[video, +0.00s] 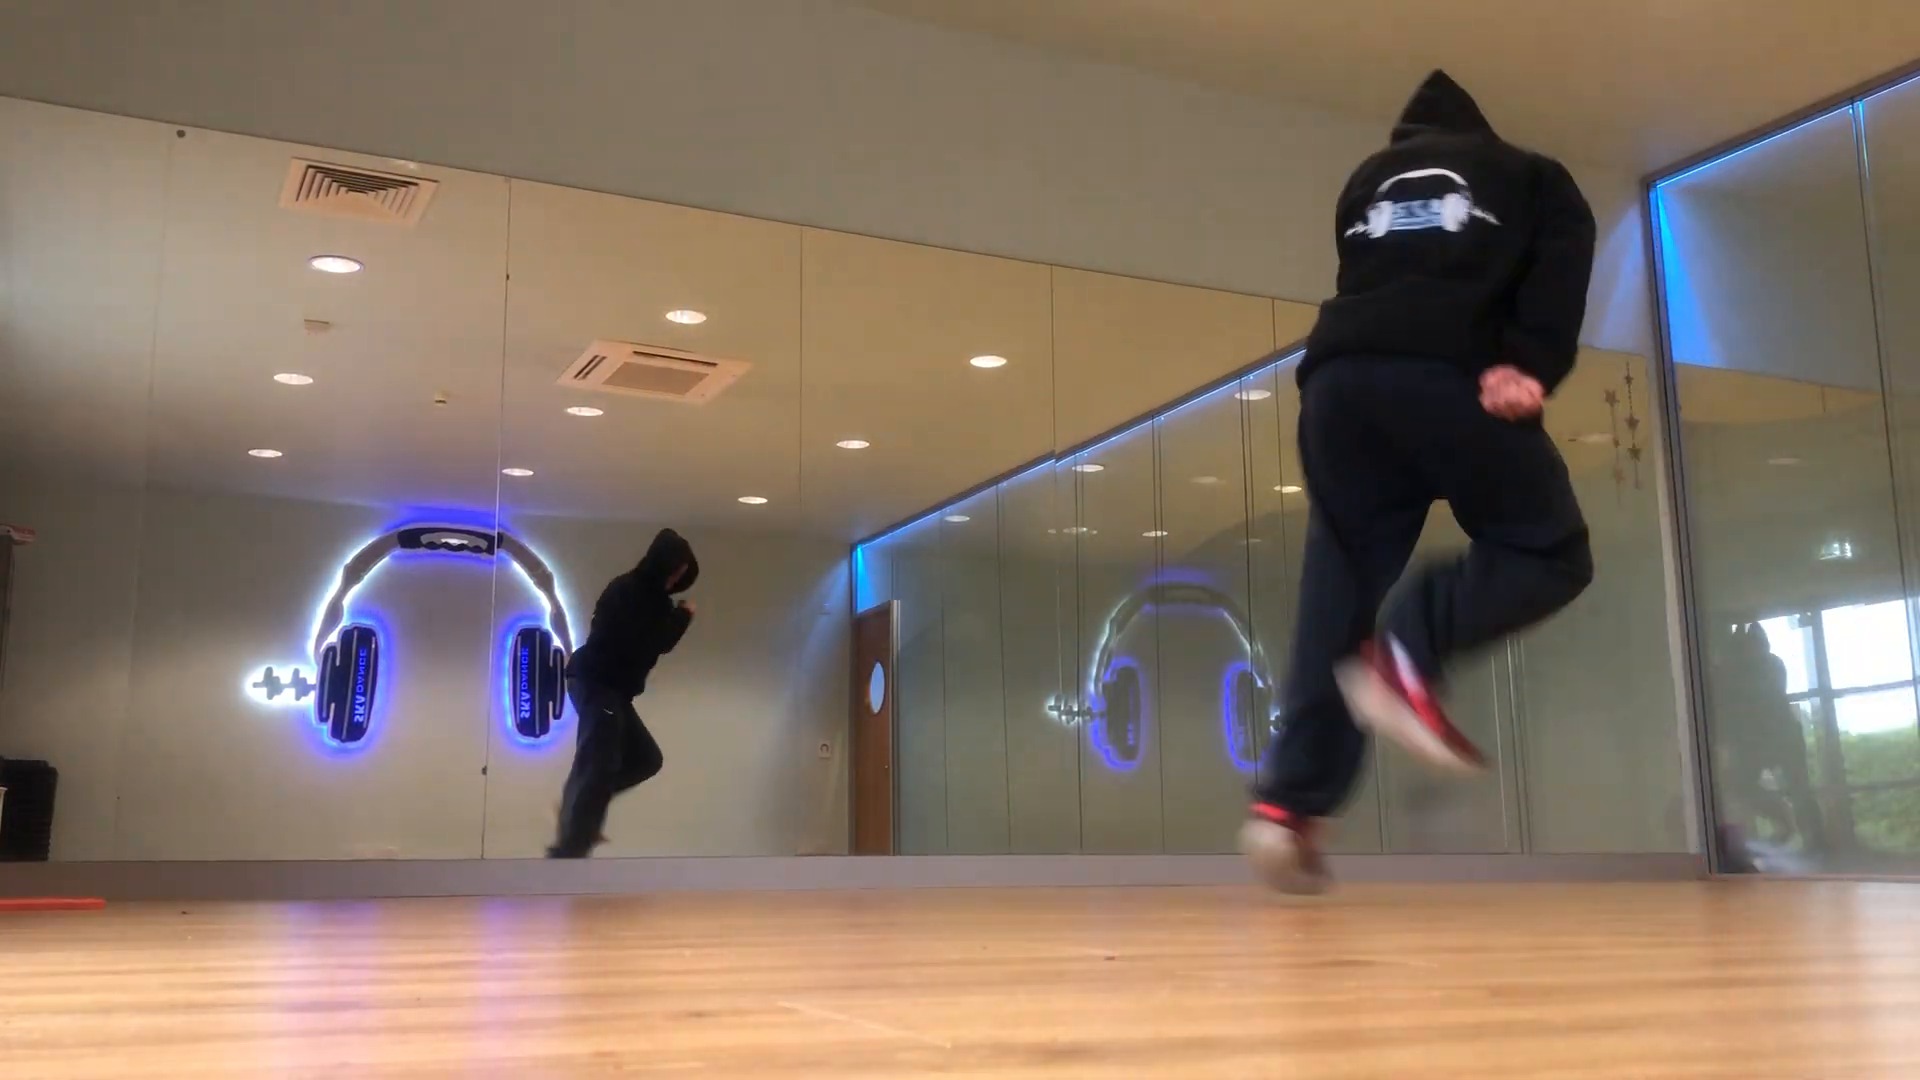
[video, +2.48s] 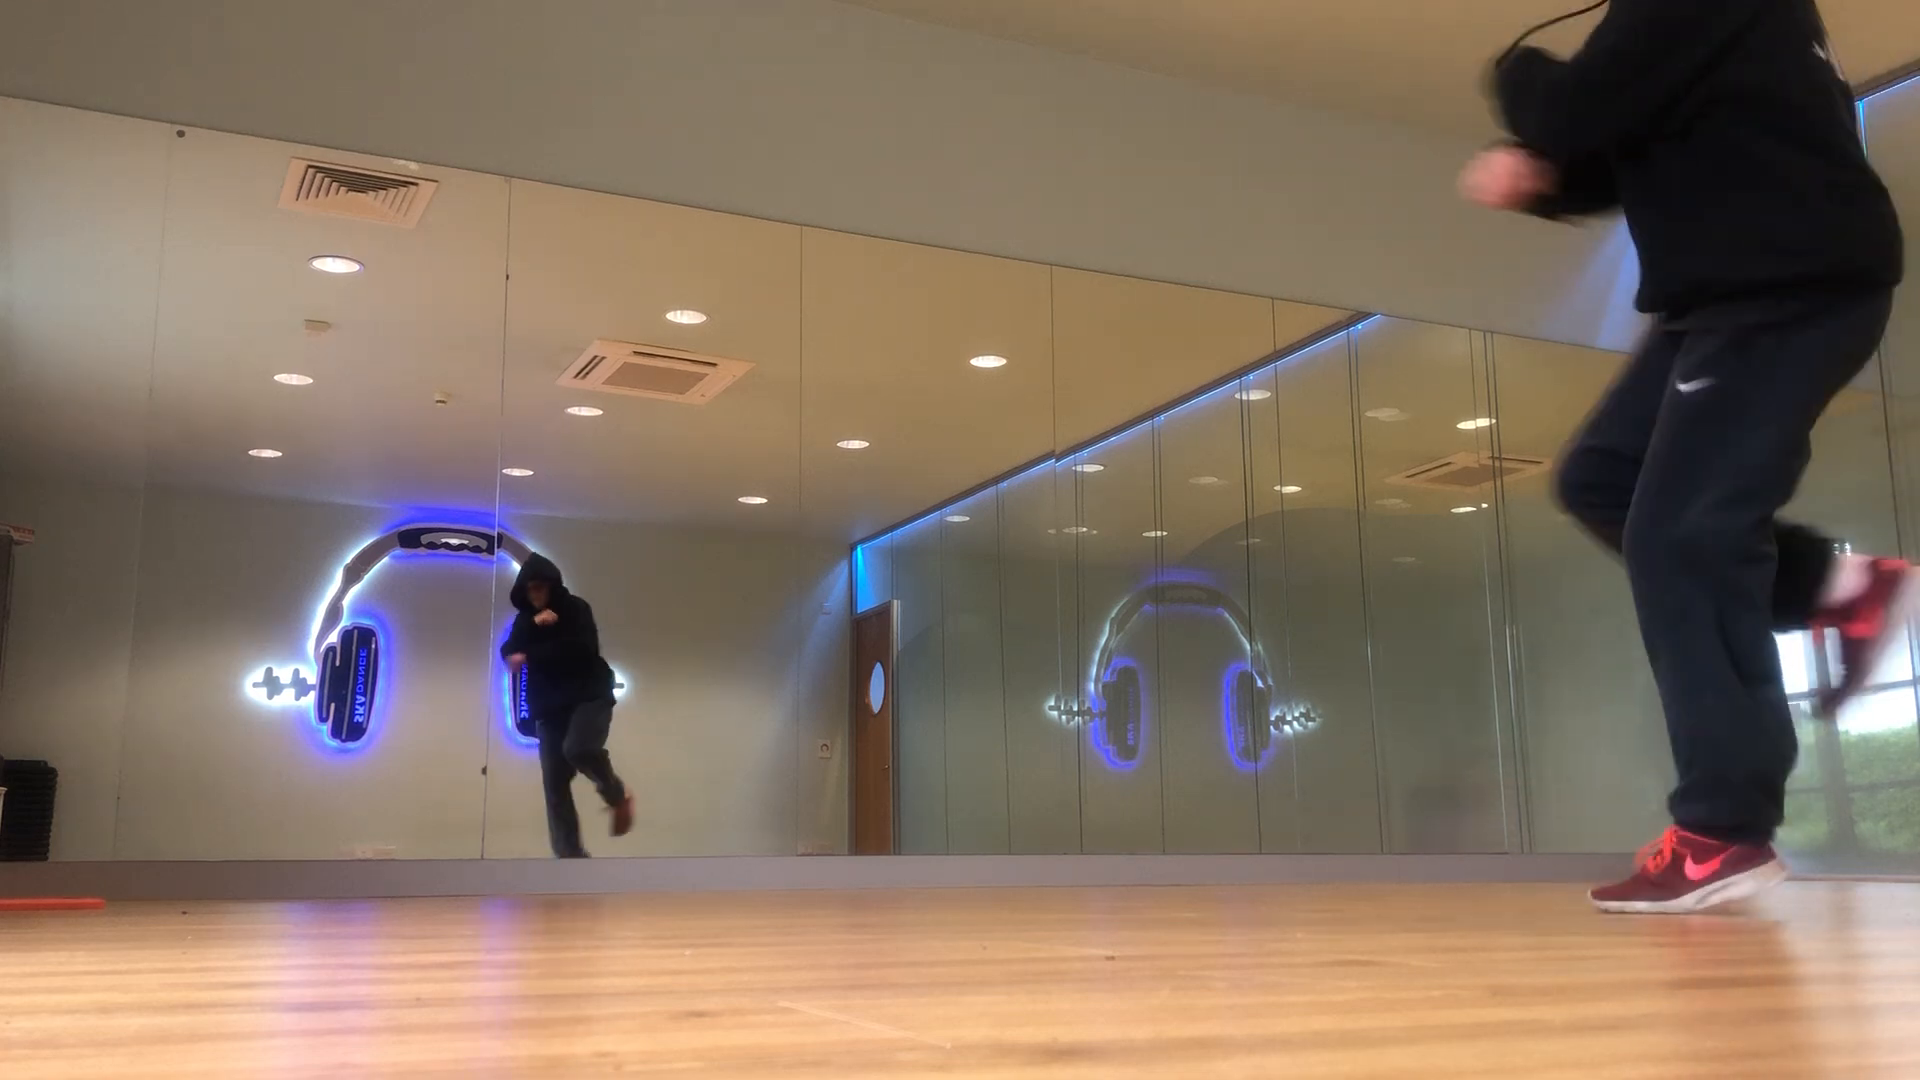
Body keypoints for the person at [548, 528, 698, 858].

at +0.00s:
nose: (677, 580)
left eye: (681, 576)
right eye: (677, 572)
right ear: (666, 565)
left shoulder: (652, 597)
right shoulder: (630, 589)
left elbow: (661, 641)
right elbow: (656, 642)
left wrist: (679, 617)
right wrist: (682, 616)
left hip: (614, 691)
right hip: (596, 685)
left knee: (645, 759)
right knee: (597, 763)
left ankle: (581, 801)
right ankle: (571, 848)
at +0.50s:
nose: (668, 597)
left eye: (673, 591)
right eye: (665, 589)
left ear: (675, 594)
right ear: (650, 585)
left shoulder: (672, 631)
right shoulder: (610, 606)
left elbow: (688, 677)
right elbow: (558, 624)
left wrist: (689, 719)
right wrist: (554, 659)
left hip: (636, 718)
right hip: (591, 707)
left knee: (665, 783)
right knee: (599, 747)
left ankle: (648, 868)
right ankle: (562, 801)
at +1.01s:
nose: (584, 606)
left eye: (587, 600)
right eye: (580, 599)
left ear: (592, 602)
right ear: (570, 601)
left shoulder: (610, 634)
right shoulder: (544, 640)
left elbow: (639, 675)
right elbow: (513, 679)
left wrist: (654, 715)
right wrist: (499, 713)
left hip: (620, 728)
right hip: (577, 735)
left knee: (645, 767)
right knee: (570, 800)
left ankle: (672, 766)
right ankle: (581, 867)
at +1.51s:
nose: (598, 626)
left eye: (603, 621)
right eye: (594, 619)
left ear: (606, 618)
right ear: (581, 611)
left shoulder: (601, 636)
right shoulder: (555, 629)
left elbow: (629, 647)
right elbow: (575, 653)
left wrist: (628, 662)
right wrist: (611, 647)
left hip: (565, 730)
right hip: (530, 730)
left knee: (598, 788)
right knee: (563, 796)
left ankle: (540, 832)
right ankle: (550, 873)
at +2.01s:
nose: (590, 654)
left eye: (594, 650)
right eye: (590, 647)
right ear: (580, 640)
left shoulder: (562, 673)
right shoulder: (545, 655)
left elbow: (547, 732)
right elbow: (520, 682)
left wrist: (572, 755)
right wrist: (511, 710)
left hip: (525, 747)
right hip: (511, 743)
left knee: (536, 814)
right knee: (552, 793)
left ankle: (502, 872)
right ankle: (547, 869)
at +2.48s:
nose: (536, 594)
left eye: (541, 587)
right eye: (531, 589)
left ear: (553, 586)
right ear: (524, 591)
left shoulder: (576, 608)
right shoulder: (524, 620)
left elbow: (585, 650)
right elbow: (508, 653)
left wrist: (529, 655)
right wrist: (534, 625)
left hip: (591, 696)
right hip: (552, 706)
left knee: (578, 750)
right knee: (555, 783)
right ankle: (570, 856)